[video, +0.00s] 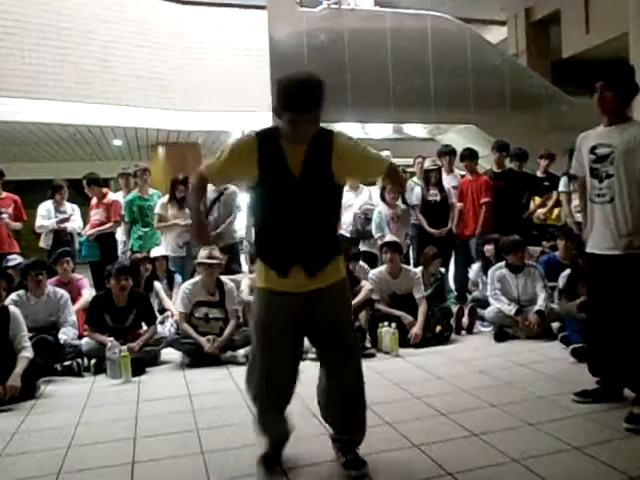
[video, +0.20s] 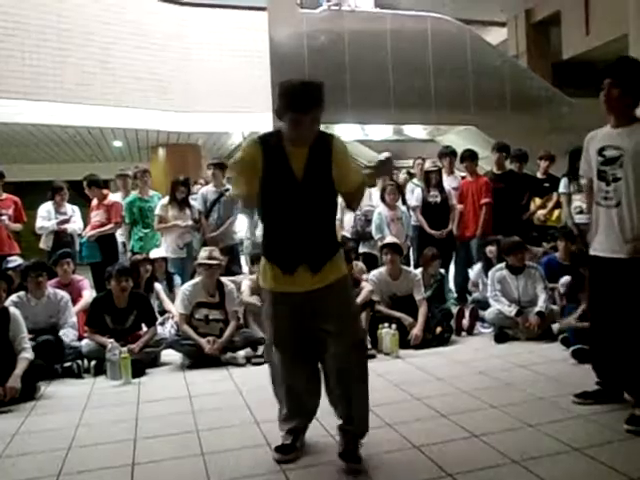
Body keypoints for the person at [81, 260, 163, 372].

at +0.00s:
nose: (123, 284)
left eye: (126, 279)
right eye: (118, 280)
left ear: (131, 282)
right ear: (108, 283)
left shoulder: (139, 298)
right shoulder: (99, 301)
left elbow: (153, 327)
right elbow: (91, 332)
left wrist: (138, 344)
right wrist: (106, 340)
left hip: (134, 339)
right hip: (110, 341)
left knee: (162, 339)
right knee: (87, 346)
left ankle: (110, 363)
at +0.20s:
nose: (123, 285)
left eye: (127, 281)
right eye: (118, 281)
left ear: (132, 283)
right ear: (109, 284)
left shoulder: (140, 299)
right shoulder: (99, 302)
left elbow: (153, 328)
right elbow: (90, 333)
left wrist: (138, 345)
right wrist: (107, 342)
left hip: (134, 341)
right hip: (110, 343)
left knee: (162, 340)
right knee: (87, 347)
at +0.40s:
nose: (127, 285)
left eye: (130, 280)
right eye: (122, 281)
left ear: (136, 283)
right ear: (113, 284)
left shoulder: (144, 299)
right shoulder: (103, 301)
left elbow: (156, 327)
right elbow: (94, 332)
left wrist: (142, 345)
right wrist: (110, 342)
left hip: (138, 341)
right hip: (114, 343)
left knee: (165, 338)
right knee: (90, 347)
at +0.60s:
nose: (132, 283)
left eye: (136, 278)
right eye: (128, 279)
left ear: (141, 280)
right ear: (119, 281)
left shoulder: (149, 297)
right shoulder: (110, 298)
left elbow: (159, 326)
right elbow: (103, 329)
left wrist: (148, 342)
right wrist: (119, 339)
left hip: (144, 340)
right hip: (120, 343)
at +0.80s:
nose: (132, 275)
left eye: (135, 271)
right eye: (127, 271)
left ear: (141, 273)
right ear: (118, 274)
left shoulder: (148, 289)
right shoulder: (107, 292)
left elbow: (159, 318)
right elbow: (99, 322)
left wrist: (145, 335)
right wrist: (114, 331)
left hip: (141, 330)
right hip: (117, 332)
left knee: (168, 329)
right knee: (94, 336)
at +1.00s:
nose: (125, 273)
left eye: (128, 269)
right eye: (120, 270)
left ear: (134, 271)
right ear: (110, 273)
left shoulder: (141, 288)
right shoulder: (100, 290)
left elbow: (153, 317)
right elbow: (91, 321)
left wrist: (139, 334)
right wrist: (108, 330)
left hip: (135, 330)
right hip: (110, 332)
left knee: (164, 328)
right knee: (87, 334)